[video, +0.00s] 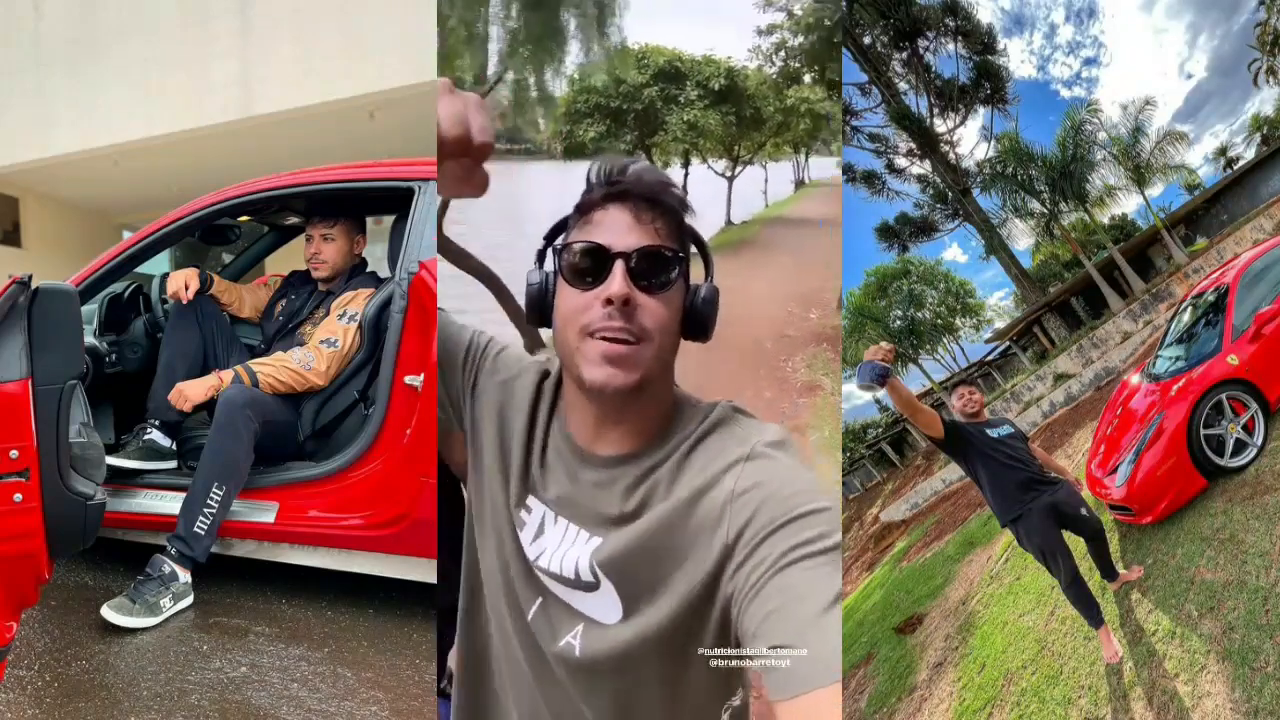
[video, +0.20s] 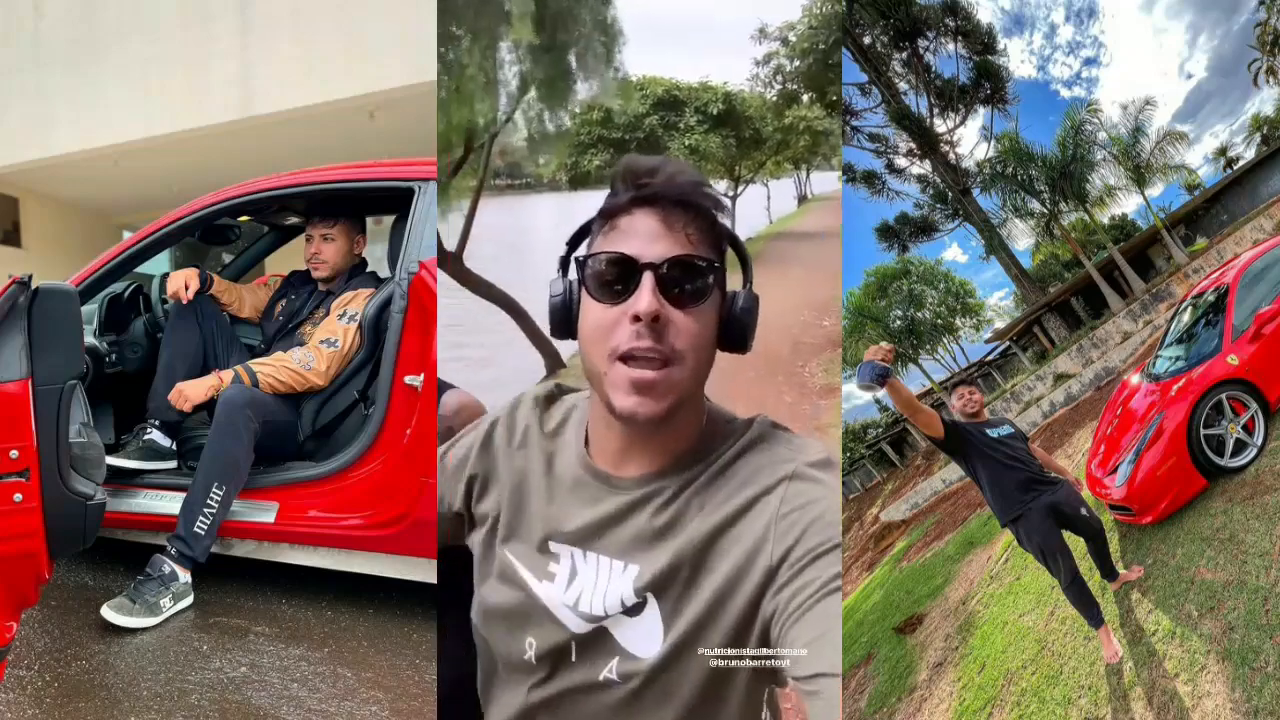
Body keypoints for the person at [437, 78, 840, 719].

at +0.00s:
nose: (616, 292)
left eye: (651, 270)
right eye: (588, 267)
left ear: (689, 306)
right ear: (550, 293)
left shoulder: (760, 492)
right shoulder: (495, 393)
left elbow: (809, 706)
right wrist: (418, 188)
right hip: (485, 707)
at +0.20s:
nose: (646, 307)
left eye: (684, 282)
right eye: (615, 279)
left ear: (728, 318)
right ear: (573, 307)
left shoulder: (793, 496)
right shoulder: (515, 439)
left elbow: (837, 692)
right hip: (509, 707)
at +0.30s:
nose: (663, 317)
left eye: (702, 288)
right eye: (628, 287)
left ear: (747, 321)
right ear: (587, 314)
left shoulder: (809, 507)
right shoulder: (525, 459)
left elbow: (852, 699)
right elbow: (379, 558)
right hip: (535, 708)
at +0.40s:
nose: (654, 319)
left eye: (693, 292)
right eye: (619, 291)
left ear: (737, 331)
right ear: (577, 322)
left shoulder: (809, 524)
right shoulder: (513, 471)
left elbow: (843, 702)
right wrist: (482, 666)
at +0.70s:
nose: (684, 319)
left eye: (723, 293)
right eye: (651, 291)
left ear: (772, 332)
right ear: (609, 322)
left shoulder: (836, 509)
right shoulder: (566, 462)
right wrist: (545, 704)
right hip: (584, 710)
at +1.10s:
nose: (759, 312)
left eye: (802, 285)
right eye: (725, 284)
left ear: (846, 323)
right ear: (681, 315)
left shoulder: (876, 521)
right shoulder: (639, 448)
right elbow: (587, 607)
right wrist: (555, 713)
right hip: (615, 709)